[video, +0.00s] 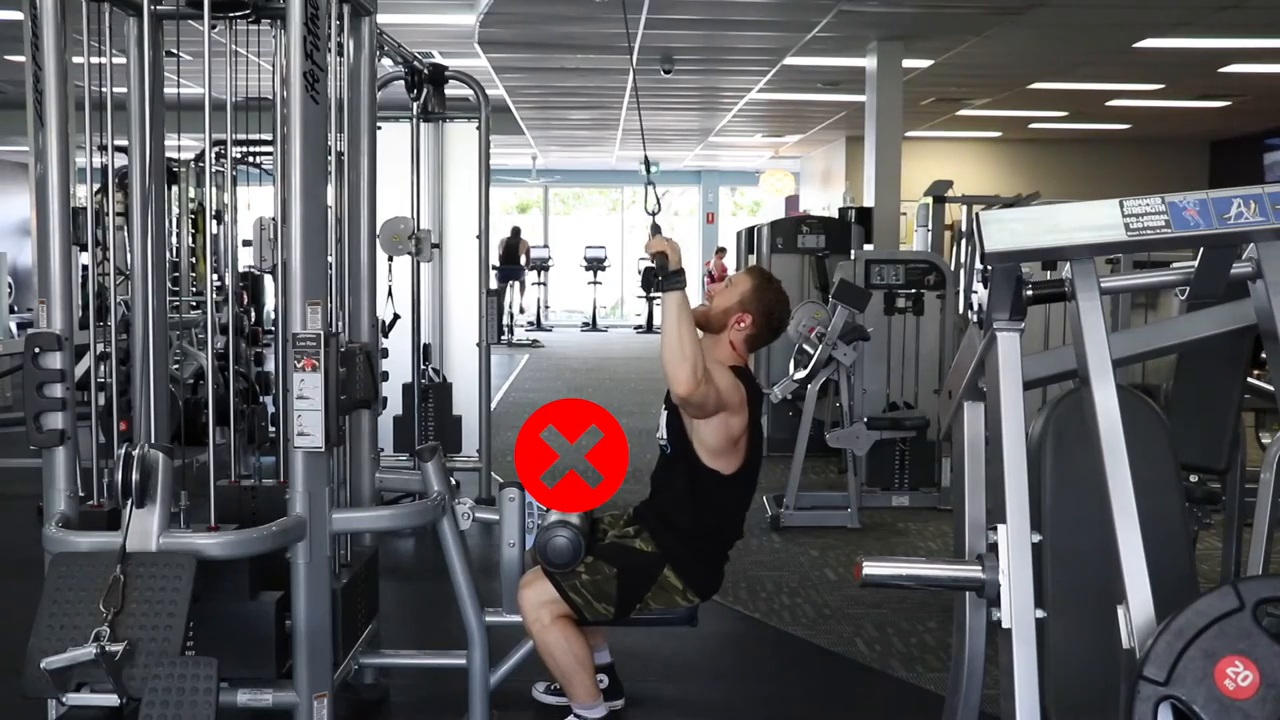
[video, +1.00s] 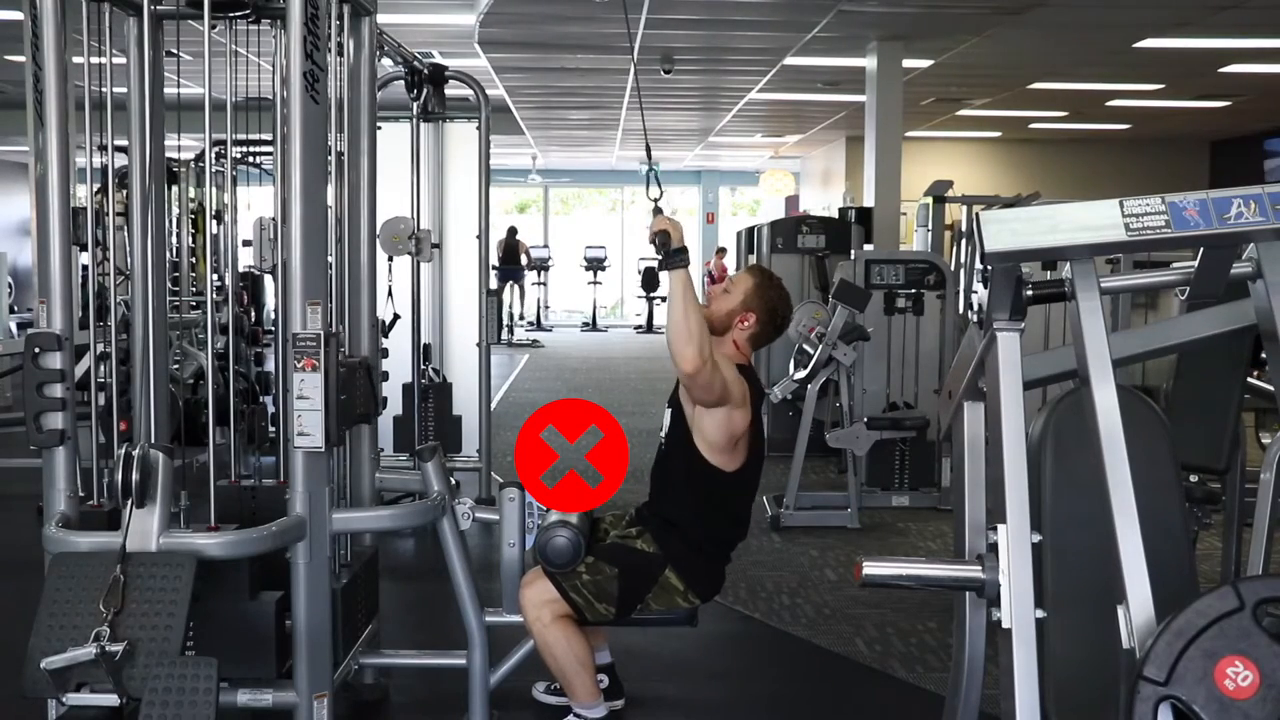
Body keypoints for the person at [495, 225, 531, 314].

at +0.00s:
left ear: (510, 233)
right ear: (520, 234)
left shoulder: (503, 241)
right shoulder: (524, 243)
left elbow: (500, 256)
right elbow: (528, 259)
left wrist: (503, 265)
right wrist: (526, 267)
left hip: (504, 270)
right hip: (517, 270)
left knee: (501, 291)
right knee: (522, 280)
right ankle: (521, 303)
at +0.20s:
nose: (514, 235)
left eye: (513, 232)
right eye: (516, 233)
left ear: (510, 233)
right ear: (519, 233)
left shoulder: (502, 242)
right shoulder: (524, 243)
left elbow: (499, 257)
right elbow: (528, 258)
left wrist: (502, 265)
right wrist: (527, 267)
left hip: (504, 270)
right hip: (518, 270)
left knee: (499, 292)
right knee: (521, 294)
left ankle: (499, 317)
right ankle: (521, 319)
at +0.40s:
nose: (513, 234)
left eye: (511, 232)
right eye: (514, 232)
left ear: (508, 233)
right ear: (517, 233)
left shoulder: (500, 243)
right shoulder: (523, 243)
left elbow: (499, 258)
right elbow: (528, 259)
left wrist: (502, 265)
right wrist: (526, 267)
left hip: (504, 270)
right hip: (517, 270)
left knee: (499, 280)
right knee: (520, 300)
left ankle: (500, 304)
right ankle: (520, 325)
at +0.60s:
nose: (512, 235)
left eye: (511, 232)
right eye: (514, 233)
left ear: (508, 232)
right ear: (517, 233)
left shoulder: (500, 242)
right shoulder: (522, 243)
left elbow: (498, 257)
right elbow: (527, 258)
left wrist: (501, 265)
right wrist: (527, 267)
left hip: (503, 270)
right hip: (517, 270)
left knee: (500, 293)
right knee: (522, 292)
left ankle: (500, 316)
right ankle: (520, 313)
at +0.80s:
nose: (512, 235)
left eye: (511, 232)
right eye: (514, 233)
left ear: (508, 232)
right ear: (517, 233)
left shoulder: (501, 242)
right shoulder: (522, 244)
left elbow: (499, 257)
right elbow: (529, 260)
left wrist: (502, 265)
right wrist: (527, 267)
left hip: (504, 270)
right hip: (517, 270)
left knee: (501, 288)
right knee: (522, 281)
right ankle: (521, 303)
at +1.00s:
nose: (509, 235)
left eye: (509, 233)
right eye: (512, 233)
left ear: (507, 233)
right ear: (516, 234)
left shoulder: (500, 243)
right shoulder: (521, 244)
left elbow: (498, 257)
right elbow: (530, 260)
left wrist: (501, 265)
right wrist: (526, 267)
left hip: (504, 270)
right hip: (517, 270)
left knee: (499, 292)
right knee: (521, 287)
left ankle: (499, 316)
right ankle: (522, 312)